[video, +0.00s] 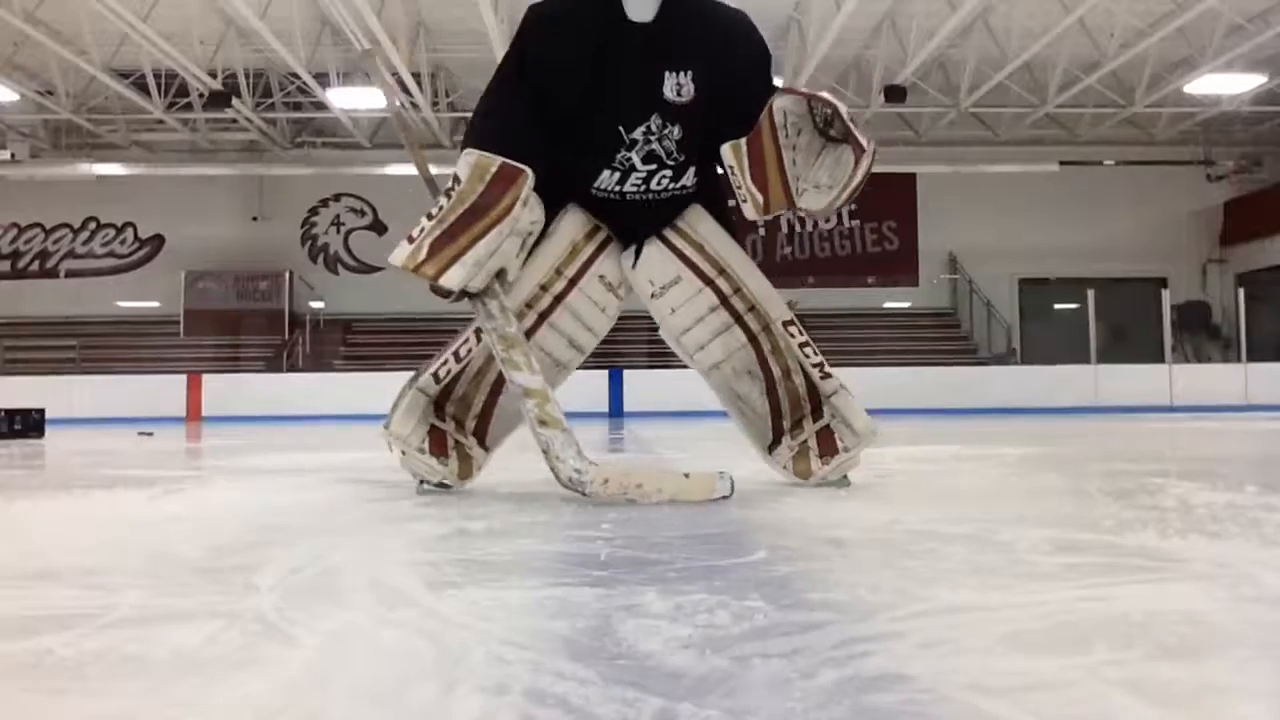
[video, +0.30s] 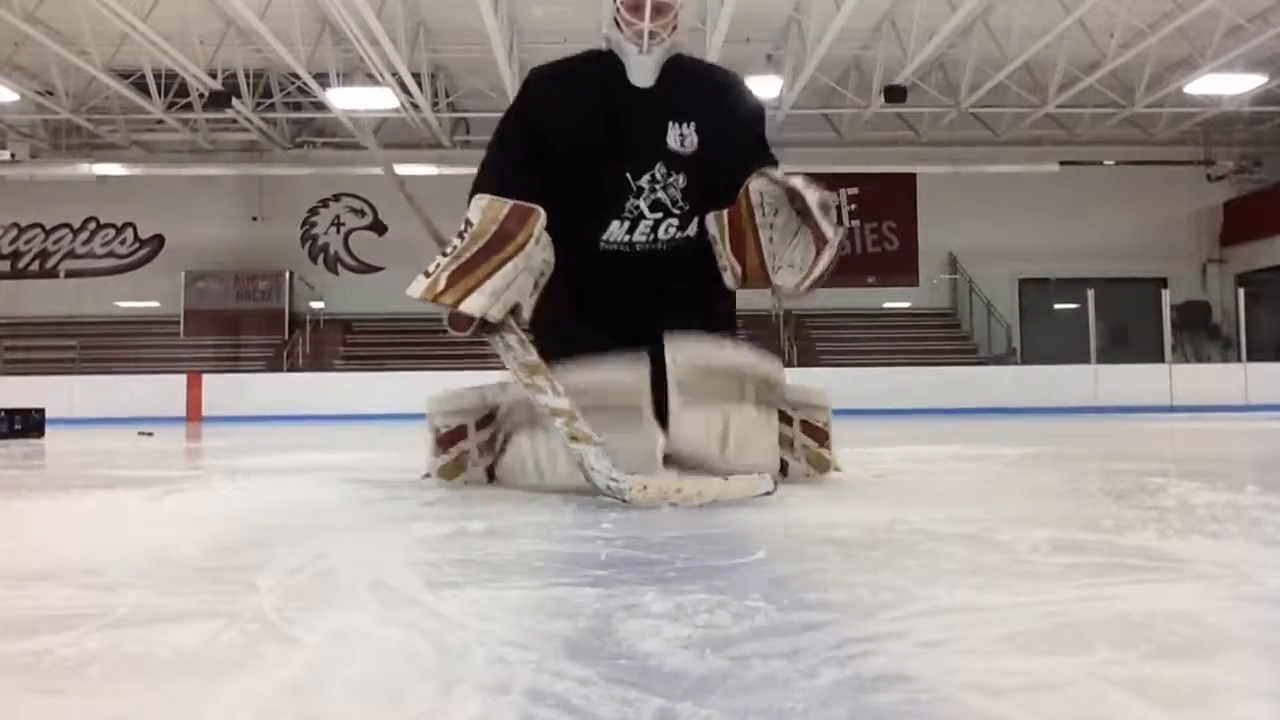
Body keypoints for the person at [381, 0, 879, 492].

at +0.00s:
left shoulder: (723, 33)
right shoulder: (559, 22)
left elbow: (758, 127)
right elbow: (504, 136)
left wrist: (806, 158)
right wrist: (470, 240)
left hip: (680, 206)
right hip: (576, 205)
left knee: (748, 318)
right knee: (526, 329)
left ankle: (814, 441)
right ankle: (440, 438)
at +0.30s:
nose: (647, 18)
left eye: (661, 7)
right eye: (633, 6)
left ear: (680, 12)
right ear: (612, 9)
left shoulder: (721, 95)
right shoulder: (552, 91)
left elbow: (756, 227)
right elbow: (496, 211)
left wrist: (796, 224)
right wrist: (485, 286)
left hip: (694, 331)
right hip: (580, 332)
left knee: (709, 485)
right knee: (586, 491)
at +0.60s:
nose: (581, 58)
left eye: (598, 43)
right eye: (580, 43)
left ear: (641, 51)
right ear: (573, 47)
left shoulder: (709, 131)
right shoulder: (544, 135)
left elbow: (723, 254)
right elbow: (523, 245)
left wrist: (644, 276)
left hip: (689, 352)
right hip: (579, 356)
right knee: (587, 511)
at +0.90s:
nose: (519, 46)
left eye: (532, 30)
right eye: (517, 33)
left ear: (572, 34)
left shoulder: (634, 100)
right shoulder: (511, 135)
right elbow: (499, 243)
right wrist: (477, 307)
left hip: (676, 340)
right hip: (584, 353)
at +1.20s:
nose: (517, 43)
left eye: (532, 28)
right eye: (509, 31)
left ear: (574, 28)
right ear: (501, 40)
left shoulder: (642, 103)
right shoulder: (486, 136)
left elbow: (701, 197)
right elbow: (486, 239)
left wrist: (641, 230)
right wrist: (452, 299)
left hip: (651, 311)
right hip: (545, 323)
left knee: (619, 456)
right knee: (554, 456)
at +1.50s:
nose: (426, 88)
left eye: (440, 76)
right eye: (422, 77)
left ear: (481, 78)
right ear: (421, 85)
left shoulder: (544, 141)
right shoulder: (406, 172)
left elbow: (612, 225)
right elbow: (394, 260)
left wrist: (580, 245)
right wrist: (357, 306)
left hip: (570, 318)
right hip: (476, 332)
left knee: (630, 397)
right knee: (422, 446)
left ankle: (739, 433)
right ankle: (520, 442)